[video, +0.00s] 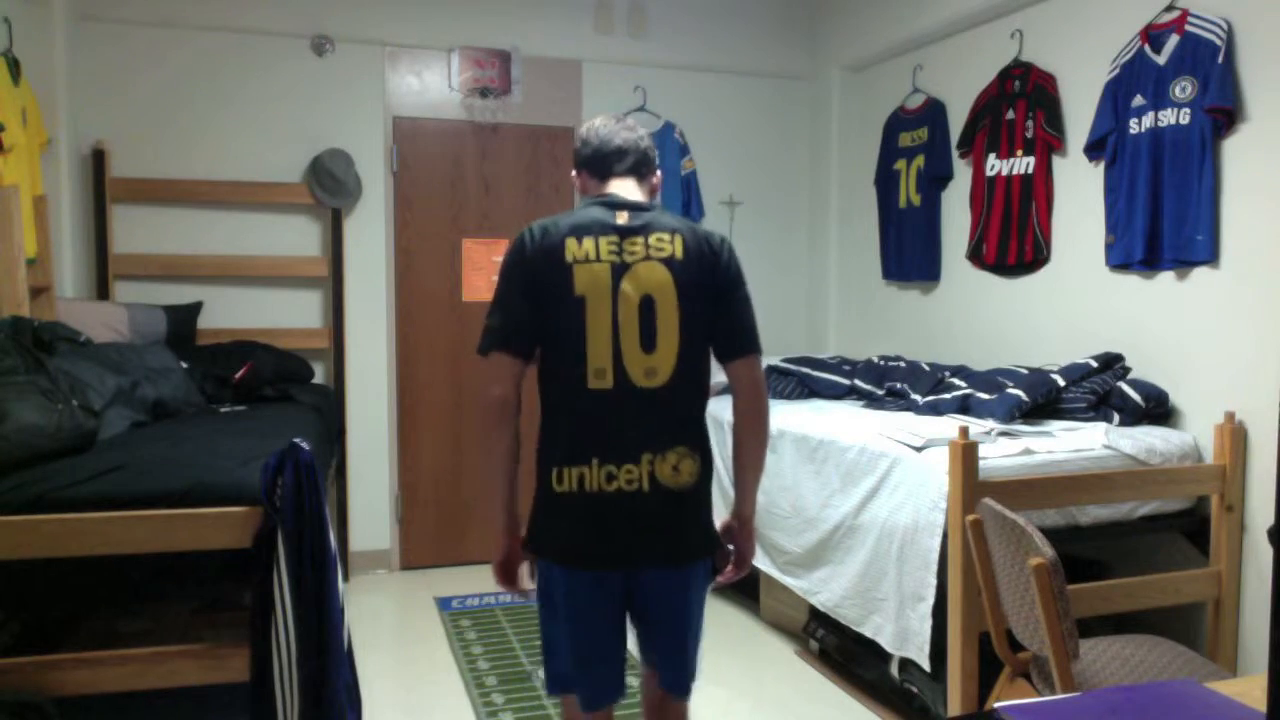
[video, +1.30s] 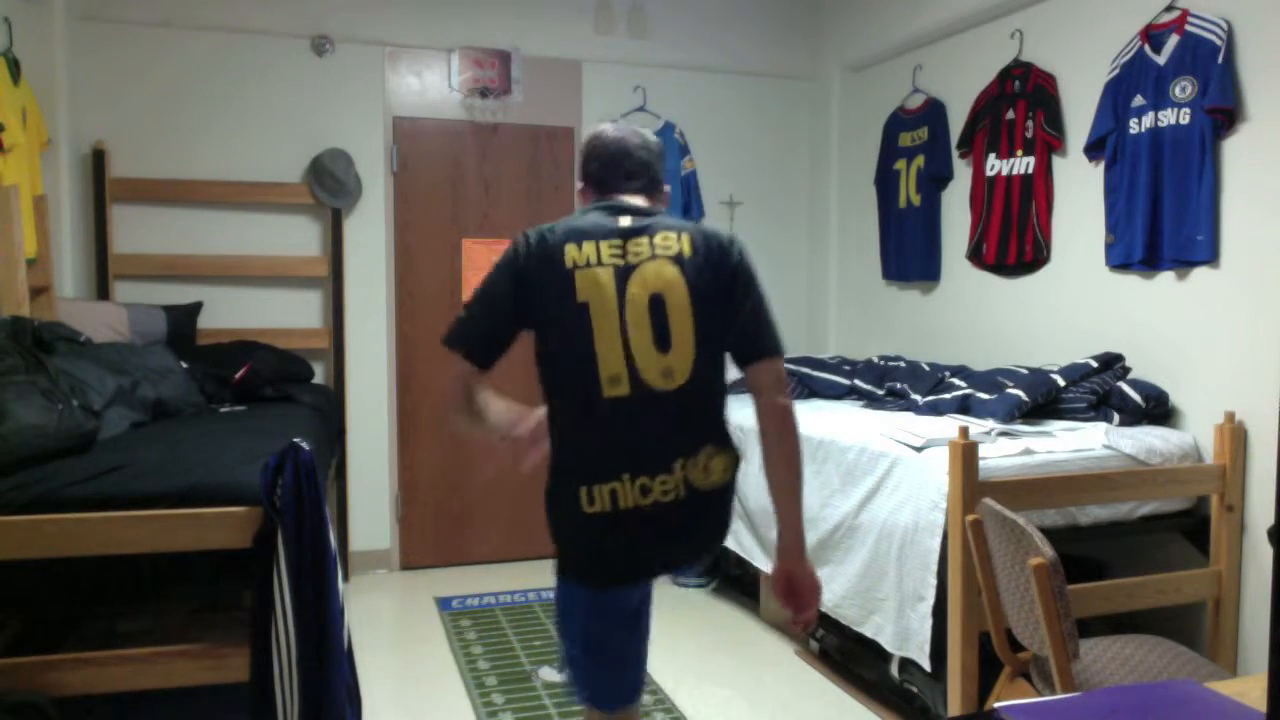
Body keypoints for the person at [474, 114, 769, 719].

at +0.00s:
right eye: (656, 176)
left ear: (578, 177)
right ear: (655, 179)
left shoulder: (537, 246)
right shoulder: (706, 249)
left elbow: (500, 395)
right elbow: (751, 392)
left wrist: (507, 527)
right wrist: (745, 513)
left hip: (575, 522)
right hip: (676, 521)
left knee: (585, 701)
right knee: (669, 694)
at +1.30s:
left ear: (583, 188)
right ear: (662, 190)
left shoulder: (538, 251)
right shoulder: (716, 251)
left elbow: (462, 388)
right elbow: (775, 398)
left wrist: (514, 420)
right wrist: (793, 551)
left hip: (601, 521)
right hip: (701, 512)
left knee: (610, 702)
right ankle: (589, 670)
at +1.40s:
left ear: (589, 186)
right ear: (668, 186)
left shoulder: (544, 252)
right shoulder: (722, 247)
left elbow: (467, 388)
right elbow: (779, 397)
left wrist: (558, 400)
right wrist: (792, 542)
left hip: (604, 522)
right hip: (705, 512)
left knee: (615, 704)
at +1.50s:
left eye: (600, 162)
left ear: (602, 171)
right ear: (684, 169)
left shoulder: (557, 251)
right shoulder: (737, 250)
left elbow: (487, 394)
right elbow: (791, 397)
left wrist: (568, 377)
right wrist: (787, 519)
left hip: (612, 529)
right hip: (713, 522)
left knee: (624, 706)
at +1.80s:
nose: (636, 140)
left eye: (638, 129)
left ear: (644, 141)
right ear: (722, 136)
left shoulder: (634, 248)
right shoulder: (776, 250)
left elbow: (579, 399)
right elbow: (801, 401)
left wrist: (560, 391)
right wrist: (752, 460)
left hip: (651, 535)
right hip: (743, 532)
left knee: (629, 707)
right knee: (726, 698)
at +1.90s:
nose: (652, 136)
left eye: (652, 124)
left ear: (659, 138)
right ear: (738, 134)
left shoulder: (659, 246)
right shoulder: (790, 247)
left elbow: (650, 409)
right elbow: (797, 401)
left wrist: (578, 395)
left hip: (669, 532)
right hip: (761, 531)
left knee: (640, 705)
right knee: (751, 705)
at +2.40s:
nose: (706, 126)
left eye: (706, 116)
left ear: (713, 128)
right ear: (793, 127)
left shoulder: (680, 228)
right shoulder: (843, 237)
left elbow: (597, 379)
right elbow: (898, 381)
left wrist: (624, 380)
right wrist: (833, 376)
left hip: (715, 526)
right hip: (813, 524)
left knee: (704, 704)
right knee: (780, 703)